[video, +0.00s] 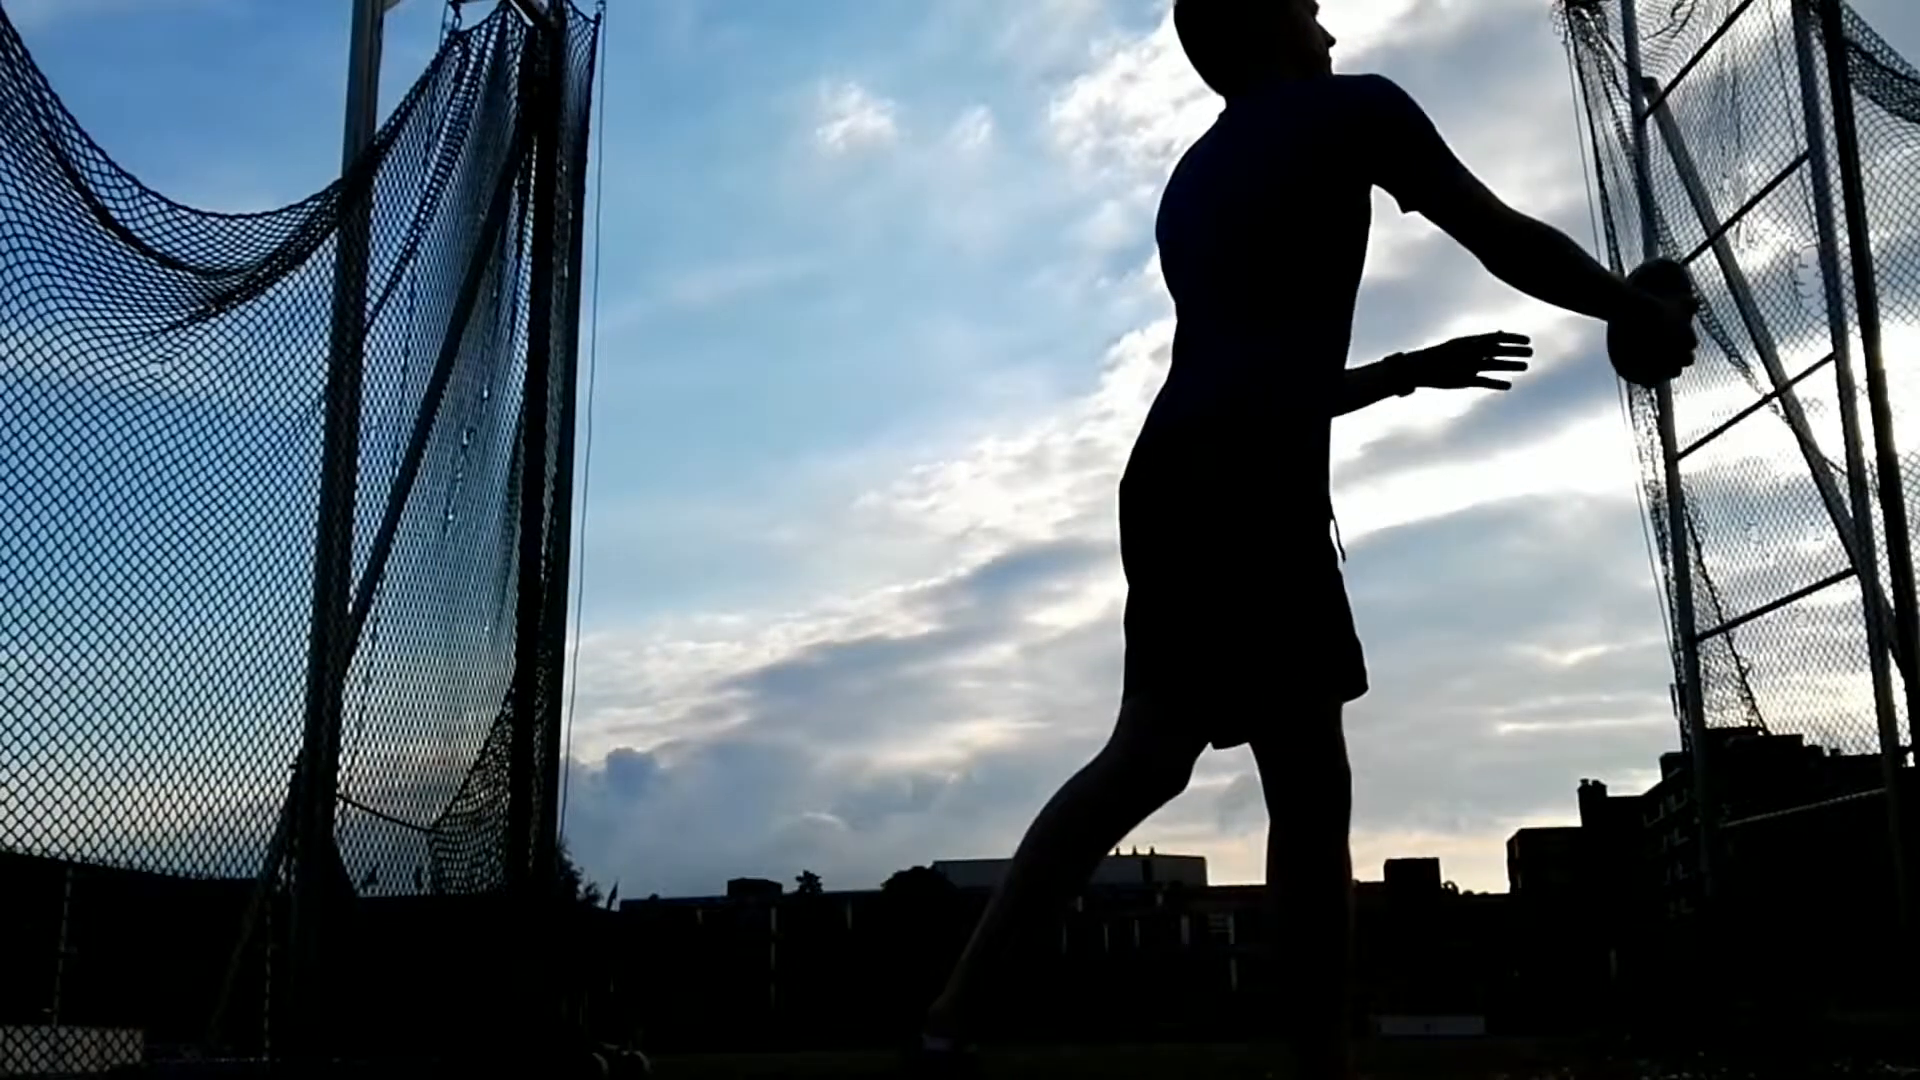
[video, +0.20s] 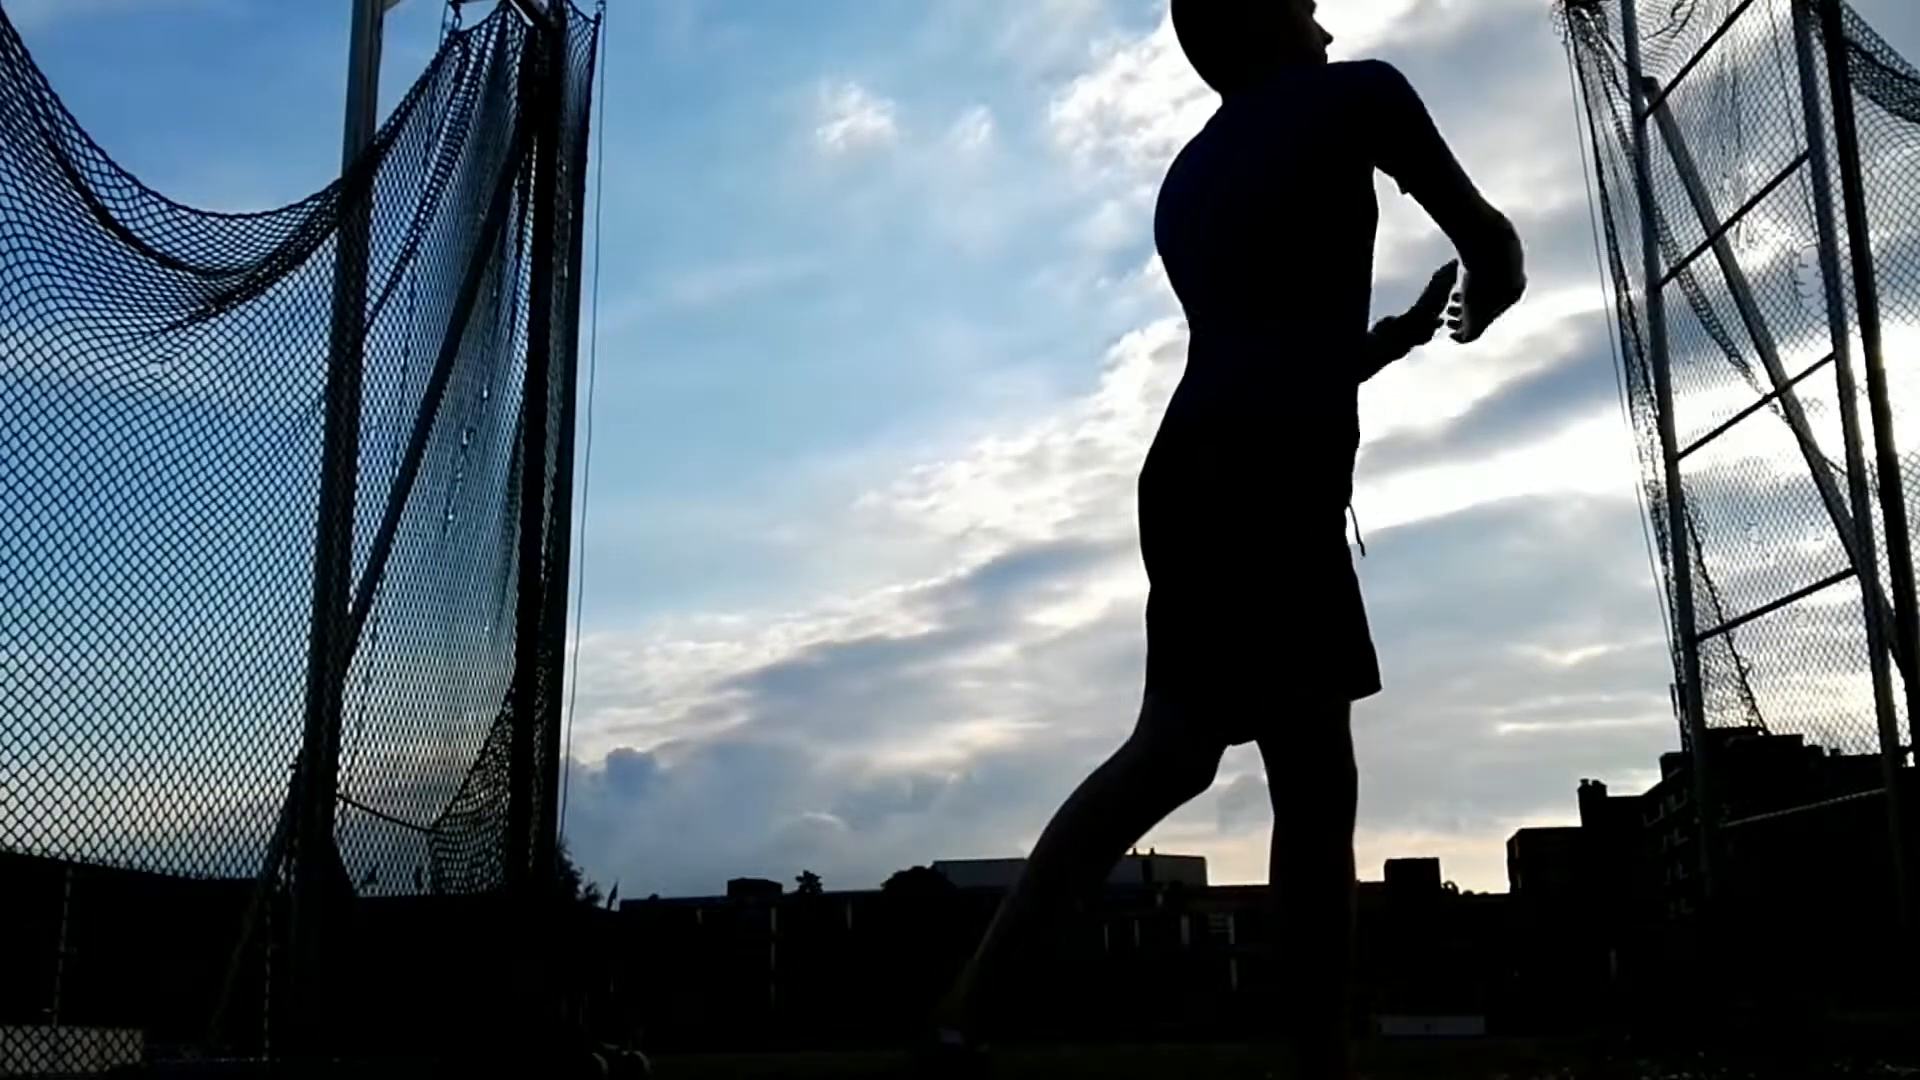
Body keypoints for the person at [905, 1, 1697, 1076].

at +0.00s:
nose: (1325, 26)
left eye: (1312, 9)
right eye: (1306, 12)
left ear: (1215, 55)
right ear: (1276, 28)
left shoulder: (1192, 183)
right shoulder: (1358, 107)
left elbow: (1258, 394)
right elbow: (1501, 238)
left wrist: (1413, 371)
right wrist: (1625, 303)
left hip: (1169, 490)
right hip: (1263, 490)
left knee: (1144, 758)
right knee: (1308, 785)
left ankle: (963, 1003)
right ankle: (1318, 1057)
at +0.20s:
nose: (1323, 24)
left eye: (1310, 9)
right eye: (1306, 10)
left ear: (1207, 50)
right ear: (1286, 22)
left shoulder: (1186, 183)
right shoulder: (1358, 91)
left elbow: (1268, 369)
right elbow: (1490, 241)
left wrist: (1393, 337)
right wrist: (1489, 290)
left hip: (1190, 485)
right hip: (1279, 486)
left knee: (1170, 753)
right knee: (1315, 785)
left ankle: (976, 998)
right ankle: (1319, 1055)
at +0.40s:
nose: (1318, 22)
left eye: (1307, 9)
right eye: (1304, 8)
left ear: (1203, 48)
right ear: (1283, 19)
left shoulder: (1179, 187)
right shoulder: (1352, 80)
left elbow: (1239, 330)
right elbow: (1438, 224)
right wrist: (1342, 228)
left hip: (1207, 474)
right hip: (1302, 469)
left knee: (1190, 749)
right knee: (1322, 769)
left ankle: (1004, 985)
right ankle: (1316, 1041)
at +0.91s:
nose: (1317, 22)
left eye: (1304, 13)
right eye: (1305, 10)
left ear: (1205, 38)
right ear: (1286, 19)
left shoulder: (1166, 163)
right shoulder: (1325, 80)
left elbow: (1207, 337)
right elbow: (1378, 176)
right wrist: (1321, 55)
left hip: (1215, 467)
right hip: (1294, 466)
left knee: (1179, 745)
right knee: (1327, 766)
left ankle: (997, 983)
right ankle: (1321, 1032)